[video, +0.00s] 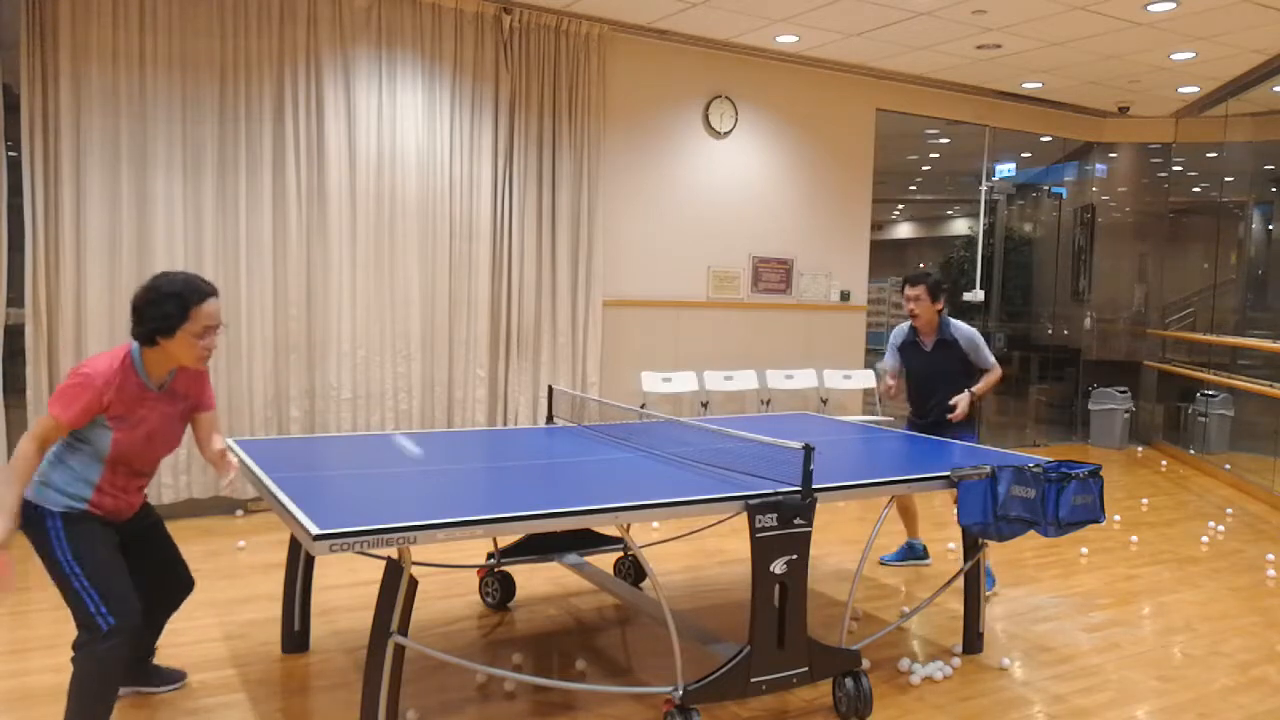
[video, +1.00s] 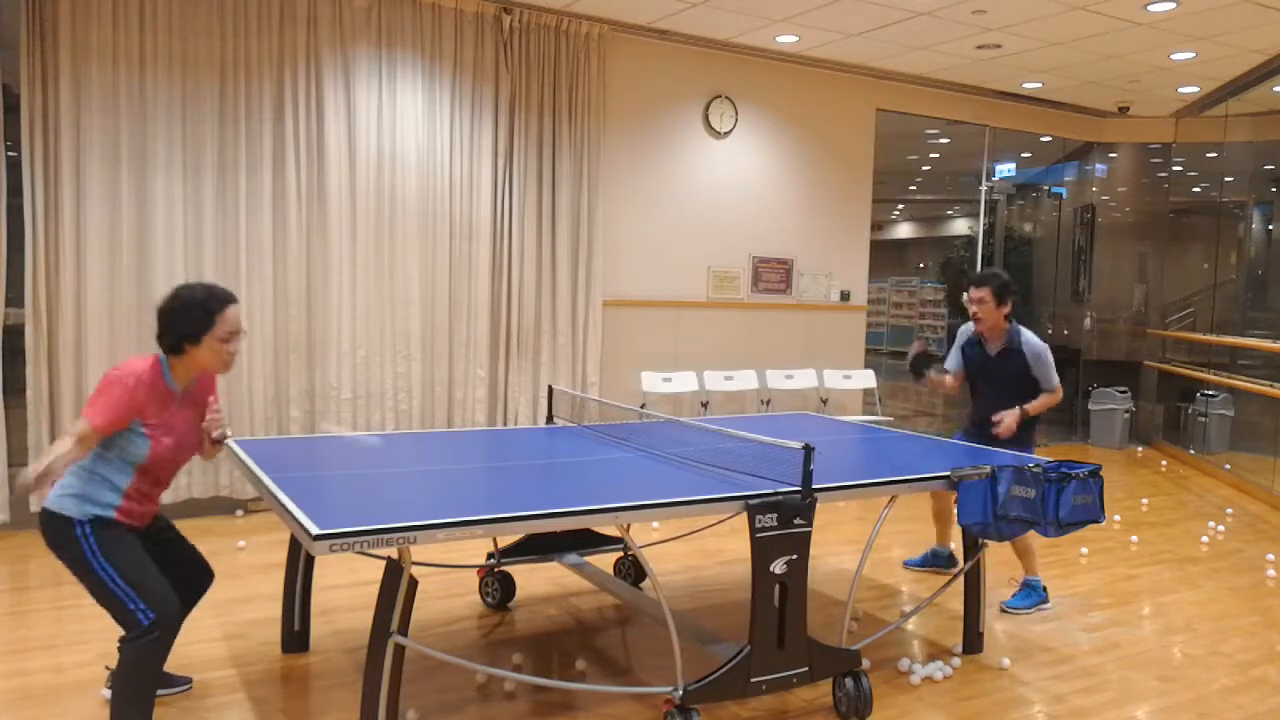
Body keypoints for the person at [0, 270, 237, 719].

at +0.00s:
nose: (214, 343)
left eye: (216, 331)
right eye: (205, 334)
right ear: (162, 334)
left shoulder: (193, 374)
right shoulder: (101, 377)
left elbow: (208, 432)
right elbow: (35, 441)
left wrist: (222, 456)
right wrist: (7, 518)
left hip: (123, 505)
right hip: (62, 508)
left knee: (170, 583)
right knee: (113, 627)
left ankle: (132, 667)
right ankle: (85, 714)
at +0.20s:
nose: (212, 312)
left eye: (217, 300)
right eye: (202, 300)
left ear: (219, 300)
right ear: (166, 300)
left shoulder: (187, 346)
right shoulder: (131, 349)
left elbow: (180, 406)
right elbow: (114, 435)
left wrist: (208, 419)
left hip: (141, 496)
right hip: (97, 496)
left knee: (183, 569)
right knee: (120, 619)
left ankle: (136, 669)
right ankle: (85, 713)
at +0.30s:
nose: (213, 287)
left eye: (214, 277)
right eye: (204, 277)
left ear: (173, 282)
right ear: (168, 279)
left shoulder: (168, 326)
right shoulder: (140, 321)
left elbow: (159, 392)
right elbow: (185, 377)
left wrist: (206, 398)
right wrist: (247, 324)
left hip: (147, 482)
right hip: (114, 482)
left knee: (177, 565)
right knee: (119, 606)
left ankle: (136, 669)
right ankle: (87, 712)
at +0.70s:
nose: (210, 269)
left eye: (207, 258)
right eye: (200, 261)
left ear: (169, 273)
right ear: (167, 273)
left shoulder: (170, 320)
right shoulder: (136, 318)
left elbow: (168, 389)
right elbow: (141, 399)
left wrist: (216, 388)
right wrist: (217, 382)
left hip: (150, 480)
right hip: (119, 482)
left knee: (177, 565)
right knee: (153, 602)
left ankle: (135, 667)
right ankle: (124, 708)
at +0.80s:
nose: (219, 290)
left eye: (217, 279)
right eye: (210, 281)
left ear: (180, 292)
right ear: (176, 292)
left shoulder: (191, 333)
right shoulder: (129, 339)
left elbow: (202, 386)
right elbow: (82, 419)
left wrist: (213, 392)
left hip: (148, 488)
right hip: (100, 492)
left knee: (188, 570)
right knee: (147, 611)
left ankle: (137, 668)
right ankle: (126, 707)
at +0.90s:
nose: (230, 327)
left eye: (229, 315)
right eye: (221, 317)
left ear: (194, 326)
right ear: (185, 325)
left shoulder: (202, 365)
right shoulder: (125, 368)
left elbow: (221, 429)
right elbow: (62, 427)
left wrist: (223, 420)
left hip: (147, 510)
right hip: (97, 512)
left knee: (192, 579)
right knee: (155, 615)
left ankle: (132, 673)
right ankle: (126, 707)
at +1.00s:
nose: (236, 348)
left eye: (237, 337)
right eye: (227, 339)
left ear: (196, 343)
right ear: (190, 342)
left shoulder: (203, 382)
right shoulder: (133, 380)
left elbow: (199, 450)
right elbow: (82, 438)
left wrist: (213, 438)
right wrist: (52, 463)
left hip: (134, 514)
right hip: (81, 516)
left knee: (193, 578)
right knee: (155, 619)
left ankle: (134, 673)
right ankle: (129, 709)